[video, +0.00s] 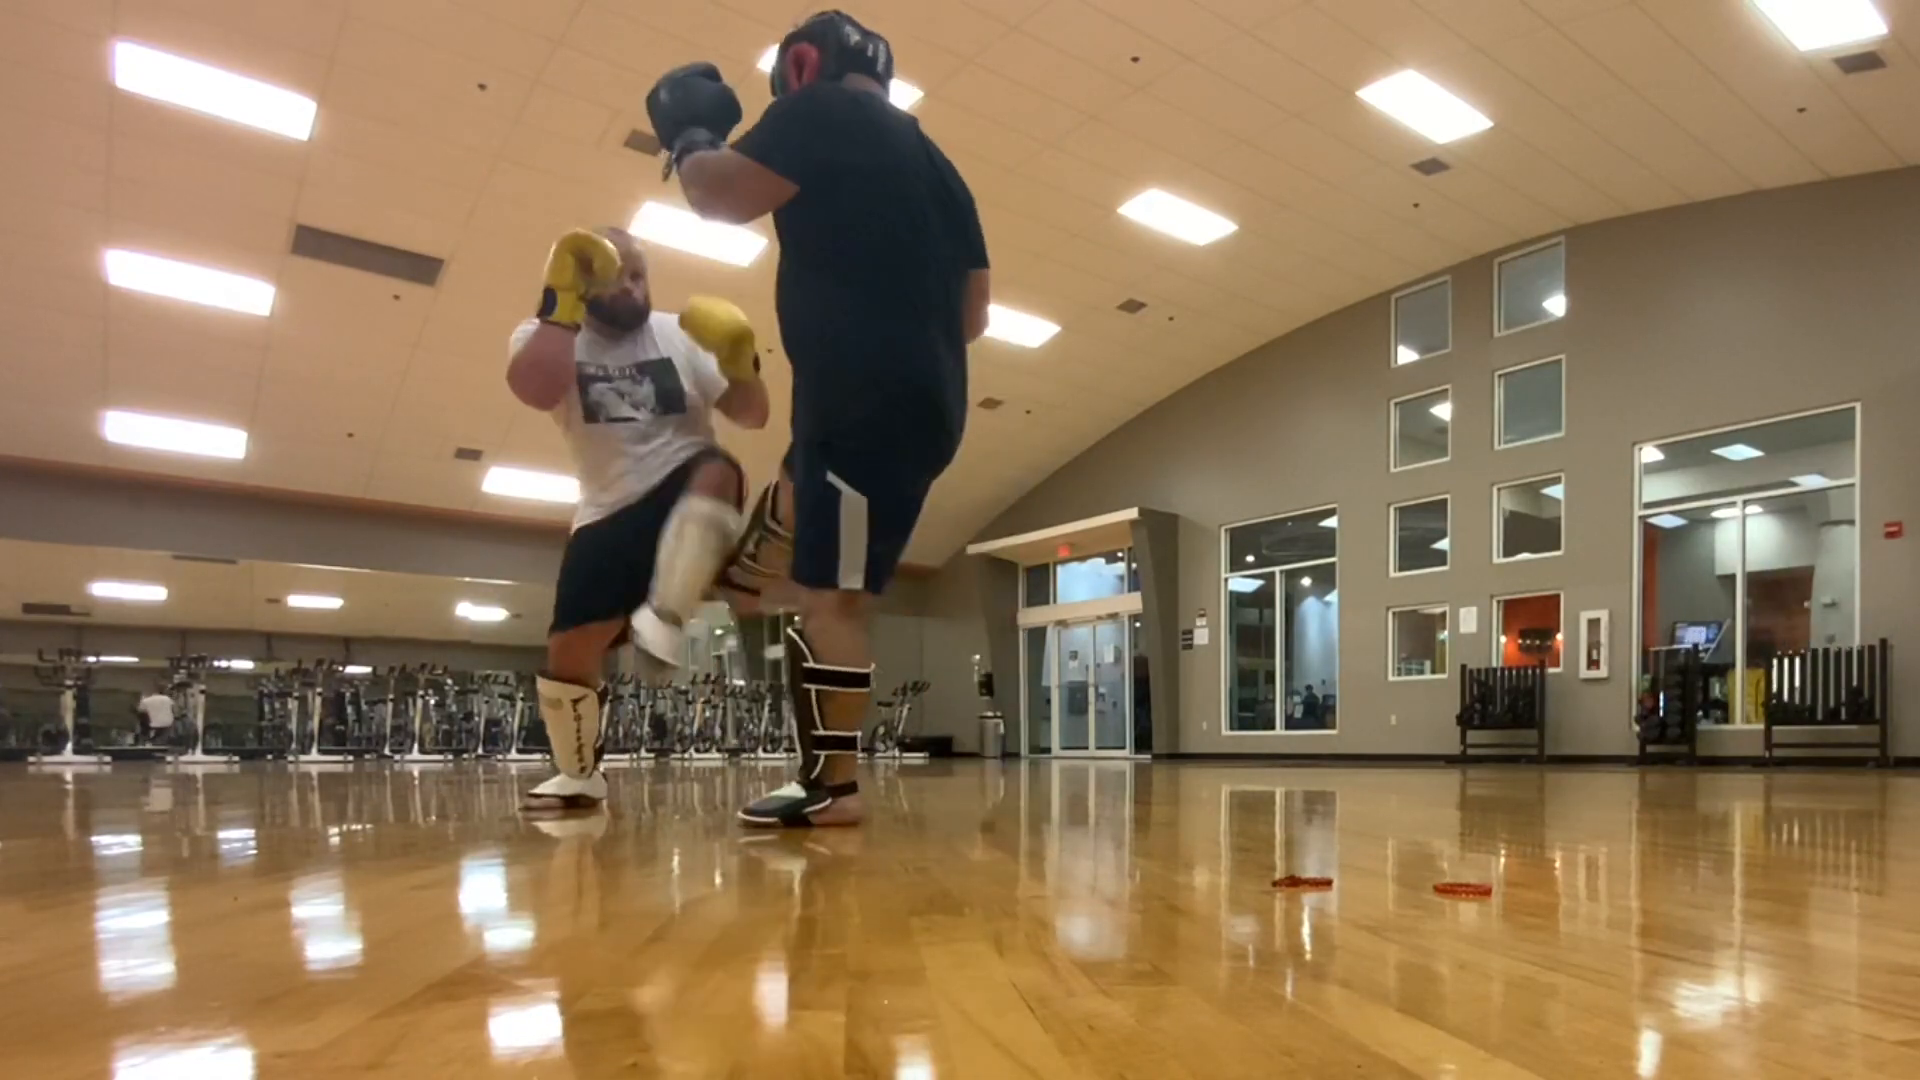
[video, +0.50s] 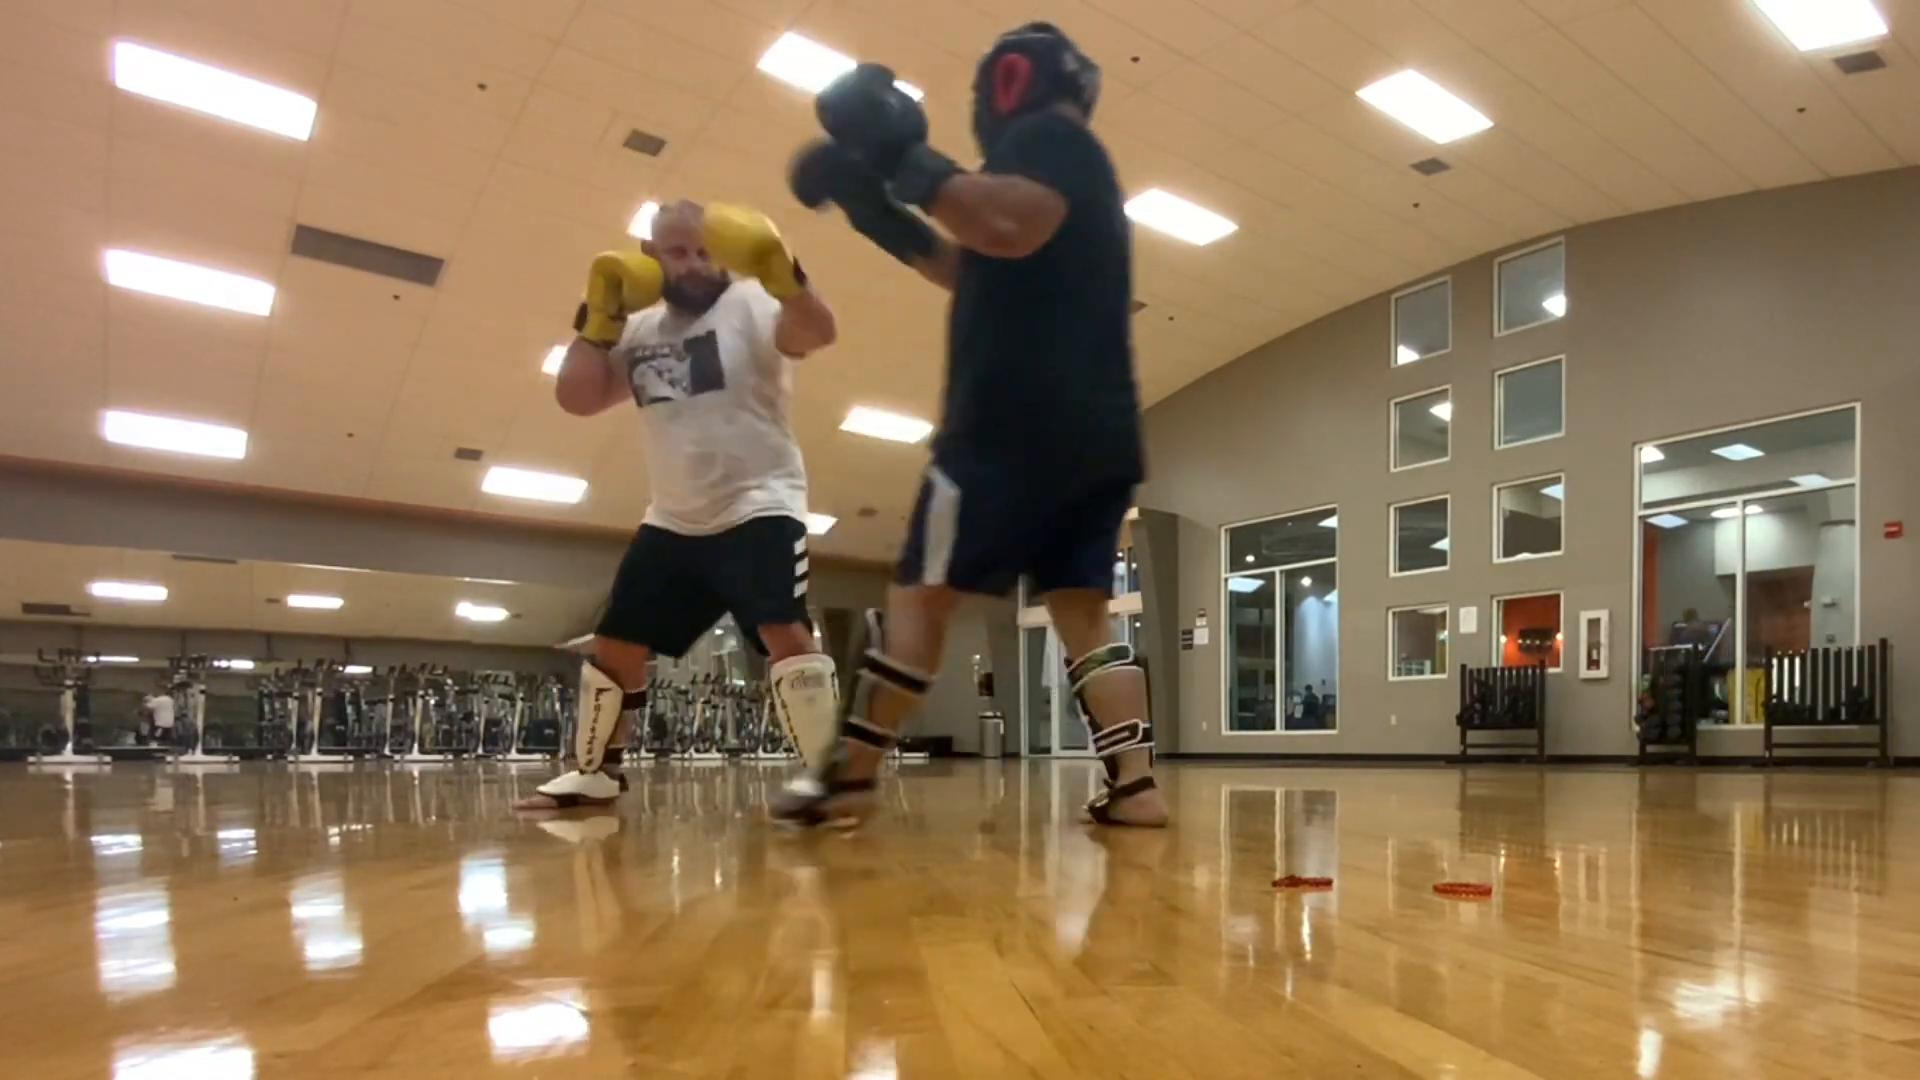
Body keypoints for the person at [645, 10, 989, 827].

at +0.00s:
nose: (784, 90)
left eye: (786, 75)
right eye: (786, 78)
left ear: (806, 62)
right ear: (875, 75)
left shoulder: (819, 109)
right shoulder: (936, 161)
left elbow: (724, 193)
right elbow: (972, 311)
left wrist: (690, 134)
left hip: (858, 386)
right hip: (926, 396)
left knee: (834, 596)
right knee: (772, 562)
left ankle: (834, 785)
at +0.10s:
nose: (793, 88)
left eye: (798, 73)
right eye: (795, 76)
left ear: (820, 61)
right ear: (892, 77)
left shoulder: (831, 116)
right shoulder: (948, 166)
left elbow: (730, 194)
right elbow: (971, 295)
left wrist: (683, 139)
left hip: (873, 396)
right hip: (943, 404)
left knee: (836, 591)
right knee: (810, 484)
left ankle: (835, 784)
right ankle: (773, 607)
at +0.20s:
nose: (812, 94)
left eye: (817, 77)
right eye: (813, 80)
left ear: (844, 62)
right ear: (913, 75)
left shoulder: (874, 120)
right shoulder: (952, 162)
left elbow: (773, 206)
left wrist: (712, 150)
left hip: (886, 398)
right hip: (949, 402)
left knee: (837, 593)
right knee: (870, 563)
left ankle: (832, 783)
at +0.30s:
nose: (852, 107)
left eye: (859, 87)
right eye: (855, 90)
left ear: (888, 74)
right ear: (947, 85)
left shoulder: (922, 135)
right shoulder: (965, 162)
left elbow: (854, 212)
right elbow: (908, 277)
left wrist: (771, 160)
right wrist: (813, 247)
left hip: (898, 420)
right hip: (974, 427)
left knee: (829, 595)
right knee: (936, 594)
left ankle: (830, 785)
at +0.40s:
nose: (914, 118)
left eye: (922, 98)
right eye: (917, 102)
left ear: (951, 86)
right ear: (1008, 97)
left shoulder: (990, 148)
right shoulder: (1010, 178)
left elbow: (949, 223)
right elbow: (902, 252)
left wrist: (834, 156)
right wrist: (801, 190)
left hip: (934, 433)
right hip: (1020, 438)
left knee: (855, 598)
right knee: (1026, 616)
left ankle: (831, 784)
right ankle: (1127, 764)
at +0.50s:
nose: (981, 101)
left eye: (987, 85)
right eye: (983, 89)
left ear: (1012, 75)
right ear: (1064, 85)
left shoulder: (1049, 135)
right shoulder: (1070, 171)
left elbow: (1020, 222)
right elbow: (981, 279)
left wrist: (903, 156)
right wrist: (877, 214)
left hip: (1006, 425)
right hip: (1091, 430)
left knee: (922, 594)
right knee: (1080, 604)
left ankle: (850, 779)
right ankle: (1136, 788)